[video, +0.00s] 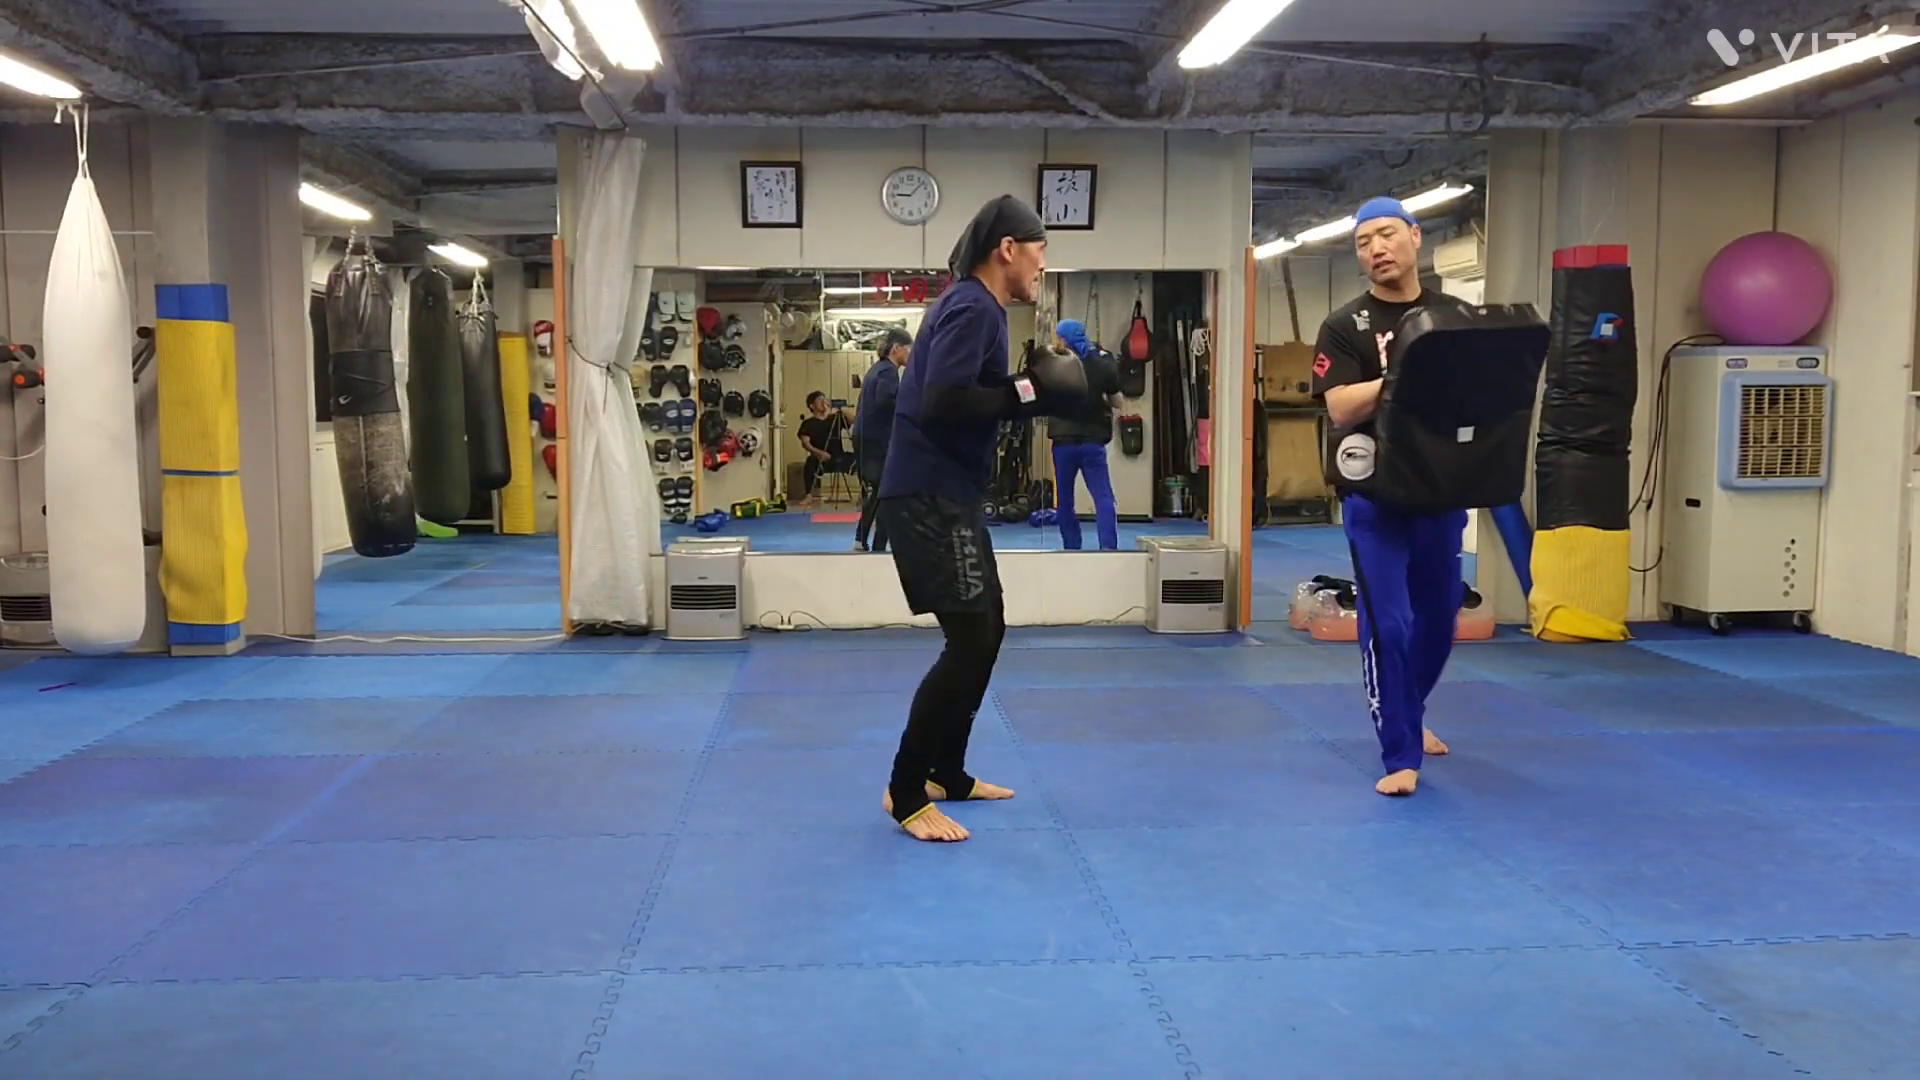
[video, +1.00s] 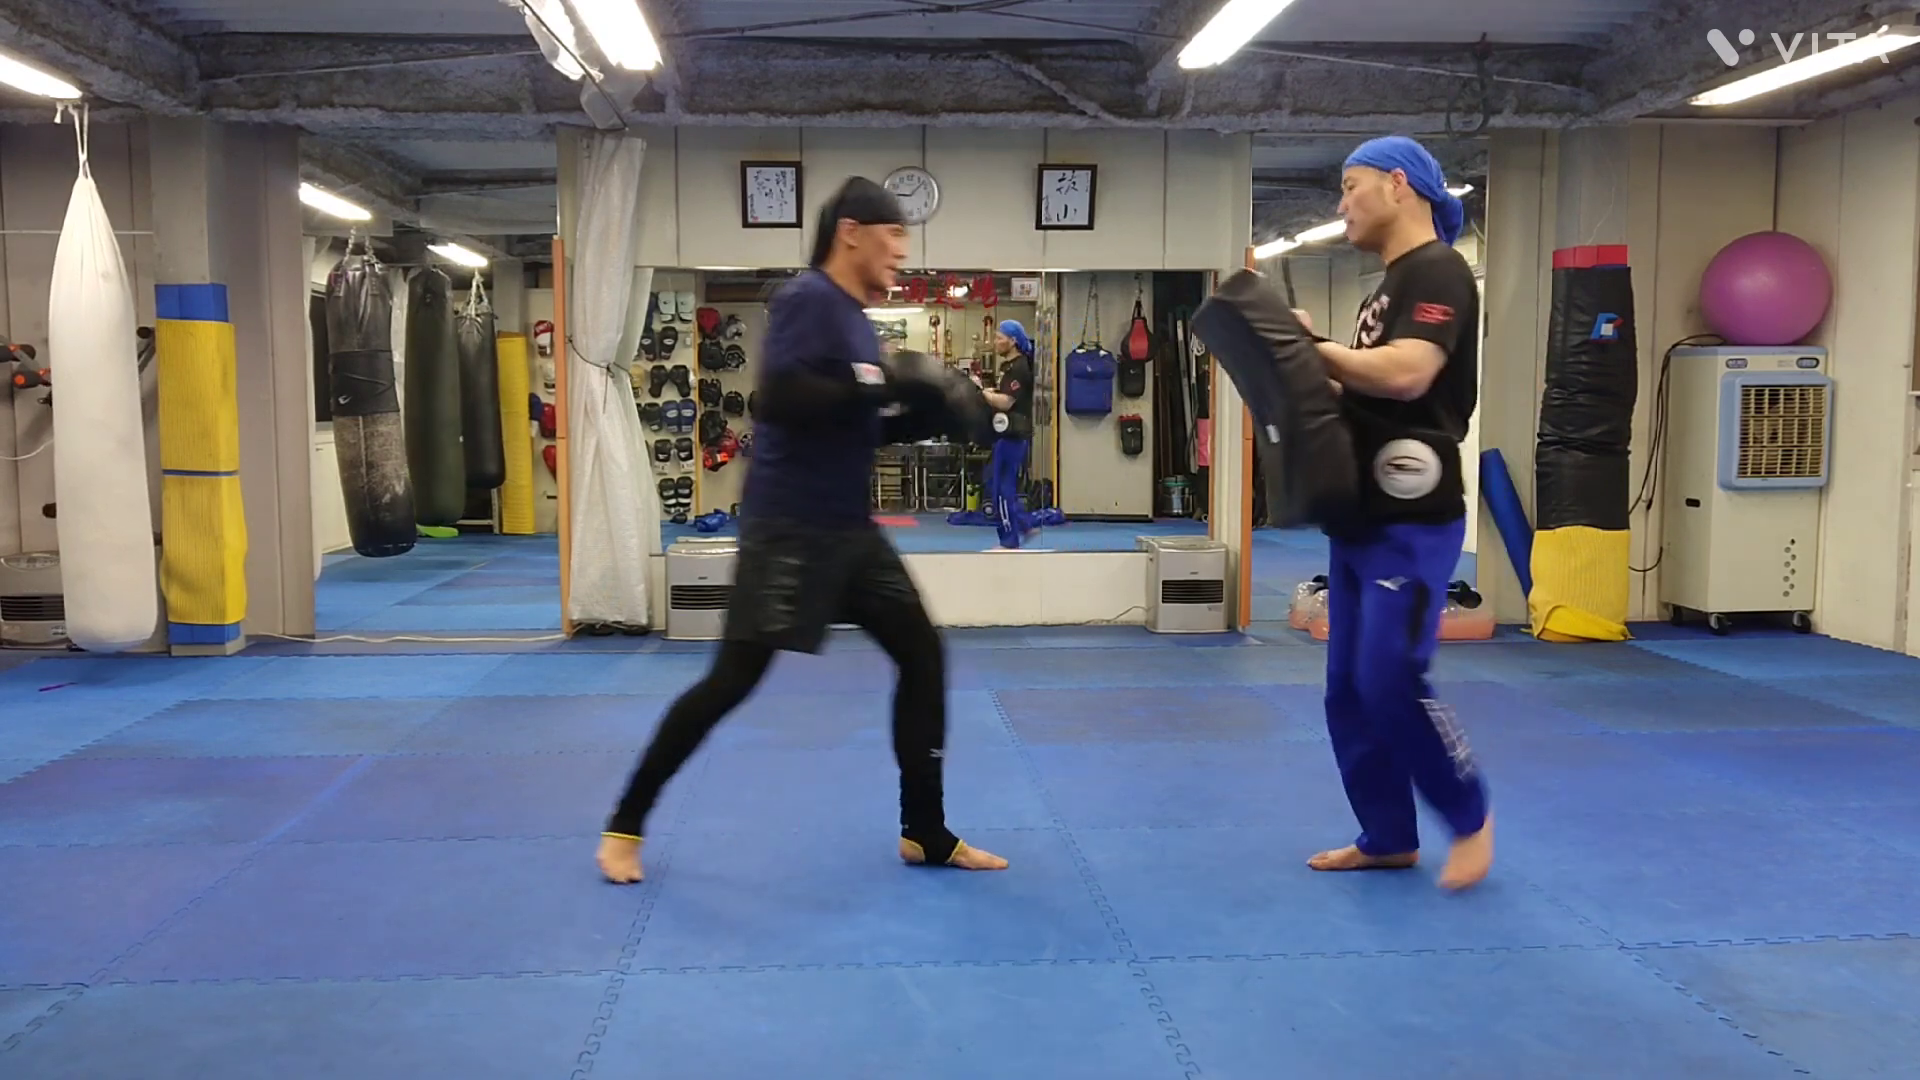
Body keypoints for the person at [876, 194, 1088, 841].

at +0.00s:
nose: (1043, 268)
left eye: (1044, 255)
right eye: (1039, 254)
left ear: (1002, 251)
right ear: (1006, 250)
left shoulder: (979, 308)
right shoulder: (973, 307)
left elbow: (971, 399)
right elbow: (939, 398)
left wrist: (1036, 386)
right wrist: (1023, 391)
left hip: (952, 501)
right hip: (930, 502)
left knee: (987, 631)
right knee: (971, 638)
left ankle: (946, 773)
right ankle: (906, 793)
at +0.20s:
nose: (1026, 255)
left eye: (1026, 243)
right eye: (1019, 241)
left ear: (980, 241)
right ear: (983, 237)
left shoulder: (957, 296)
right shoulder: (963, 292)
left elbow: (950, 387)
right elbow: (939, 379)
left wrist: (1019, 367)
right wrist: (1021, 376)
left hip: (946, 496)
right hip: (925, 497)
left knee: (971, 630)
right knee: (943, 642)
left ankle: (947, 774)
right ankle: (859, 808)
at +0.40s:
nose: (995, 256)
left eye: (995, 243)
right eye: (989, 241)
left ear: (954, 240)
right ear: (952, 237)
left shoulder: (945, 316)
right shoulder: (920, 309)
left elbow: (957, 417)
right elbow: (917, 404)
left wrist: (1016, 400)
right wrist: (987, 371)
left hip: (937, 512)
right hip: (899, 513)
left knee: (971, 633)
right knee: (918, 668)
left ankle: (952, 766)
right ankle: (832, 838)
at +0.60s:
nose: (977, 206)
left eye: (978, 194)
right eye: (971, 190)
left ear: (938, 189)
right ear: (931, 183)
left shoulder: (930, 268)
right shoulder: (891, 247)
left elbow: (926, 368)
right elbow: (857, 342)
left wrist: (989, 359)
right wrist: (956, 347)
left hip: (928, 480)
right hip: (876, 481)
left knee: (967, 615)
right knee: (864, 638)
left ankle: (935, 778)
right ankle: (825, 832)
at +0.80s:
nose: (954, 246)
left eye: (956, 234)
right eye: (947, 230)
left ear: (916, 230)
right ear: (905, 224)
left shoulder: (911, 308)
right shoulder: (873, 293)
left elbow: (916, 407)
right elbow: (830, 373)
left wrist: (974, 381)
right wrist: (935, 369)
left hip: (916, 523)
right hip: (859, 522)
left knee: (973, 657)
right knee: (821, 672)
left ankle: (930, 828)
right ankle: (703, 829)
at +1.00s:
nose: (903, 254)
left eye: (905, 241)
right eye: (892, 238)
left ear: (861, 240)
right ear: (848, 234)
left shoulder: (858, 322)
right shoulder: (807, 300)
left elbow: (854, 429)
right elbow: (779, 393)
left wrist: (933, 413)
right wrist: (884, 385)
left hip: (850, 533)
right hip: (785, 532)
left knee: (921, 653)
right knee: (733, 680)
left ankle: (926, 831)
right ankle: (625, 823)